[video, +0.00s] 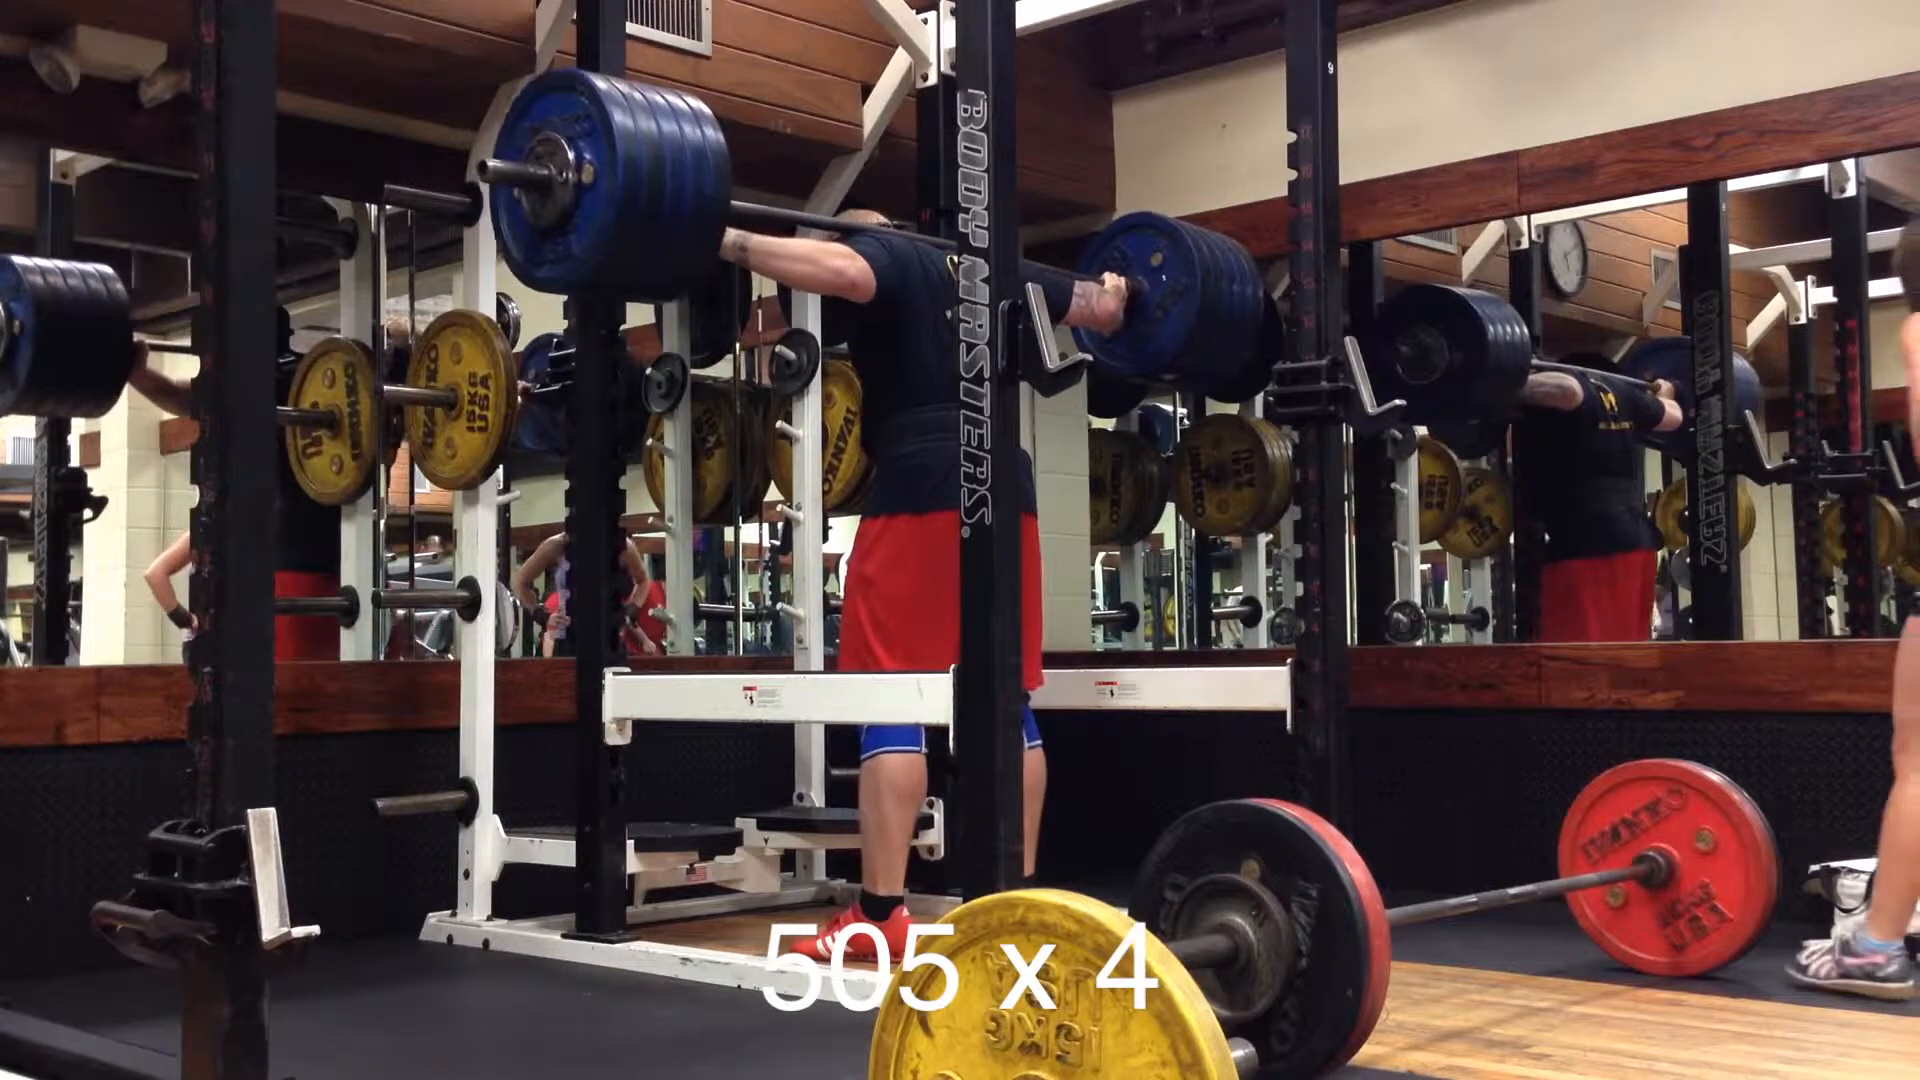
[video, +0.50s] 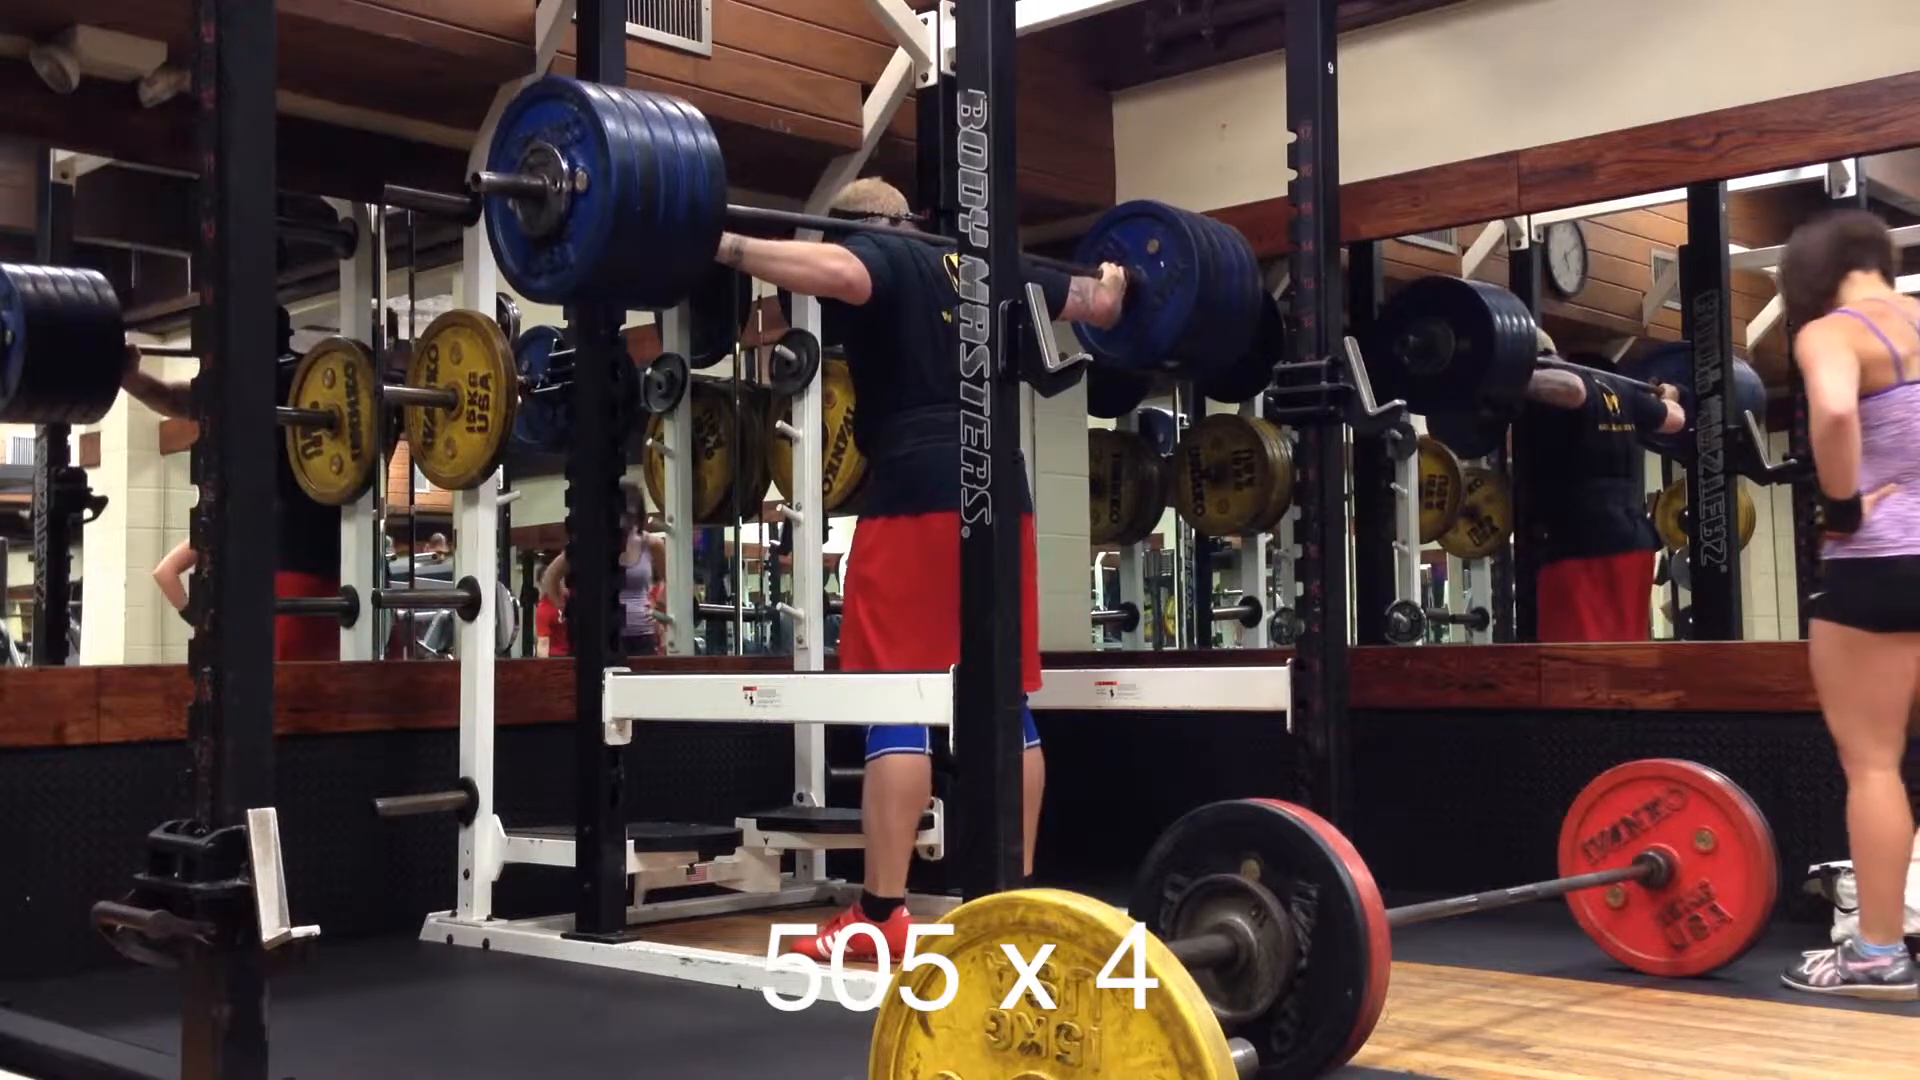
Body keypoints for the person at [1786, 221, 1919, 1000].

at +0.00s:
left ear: (1909, 280)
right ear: (1910, 282)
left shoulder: (1914, 330)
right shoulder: (1912, 331)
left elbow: (1913, 439)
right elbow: (1912, 441)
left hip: (1919, 603)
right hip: (1914, 601)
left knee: (1911, 761)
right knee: (1908, 757)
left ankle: (1880, 940)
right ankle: (1886, 933)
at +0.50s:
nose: (1792, 289)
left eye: (1794, 275)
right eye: (1790, 276)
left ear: (1813, 271)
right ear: (1880, 264)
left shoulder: (1828, 333)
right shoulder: (1911, 313)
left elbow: (1836, 413)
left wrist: (1843, 509)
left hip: (1878, 561)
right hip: (1903, 557)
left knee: (1872, 761)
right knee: (1879, 756)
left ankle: (1879, 947)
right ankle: (1886, 934)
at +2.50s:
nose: (1774, 289)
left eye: (1781, 274)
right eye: (1773, 274)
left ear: (1820, 270)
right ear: (1849, 270)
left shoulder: (1842, 344)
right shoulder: (1882, 339)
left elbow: (1894, 430)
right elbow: (1890, 440)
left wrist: (1852, 522)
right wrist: (1838, 508)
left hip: (1850, 577)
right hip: (1892, 572)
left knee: (1859, 756)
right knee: (1896, 749)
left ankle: (1883, 942)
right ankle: (1897, 930)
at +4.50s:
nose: (1759, 283)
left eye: (1764, 267)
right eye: (1758, 268)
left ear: (1800, 264)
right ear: (1838, 263)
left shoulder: (1825, 343)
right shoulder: (1875, 339)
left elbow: (1878, 431)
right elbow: (1907, 444)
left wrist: (1837, 521)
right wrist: (1891, 521)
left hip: (1836, 572)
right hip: (1884, 567)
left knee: (1853, 757)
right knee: (1886, 750)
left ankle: (1882, 943)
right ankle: (1904, 927)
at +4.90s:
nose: (1757, 283)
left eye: (1763, 268)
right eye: (1756, 268)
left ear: (1799, 266)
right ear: (1837, 263)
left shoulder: (1822, 343)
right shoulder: (1874, 340)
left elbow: (1876, 431)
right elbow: (1907, 439)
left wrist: (1835, 520)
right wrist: (1893, 521)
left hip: (1833, 571)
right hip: (1883, 567)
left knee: (1852, 757)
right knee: (1885, 748)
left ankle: (1881, 943)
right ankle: (1903, 926)